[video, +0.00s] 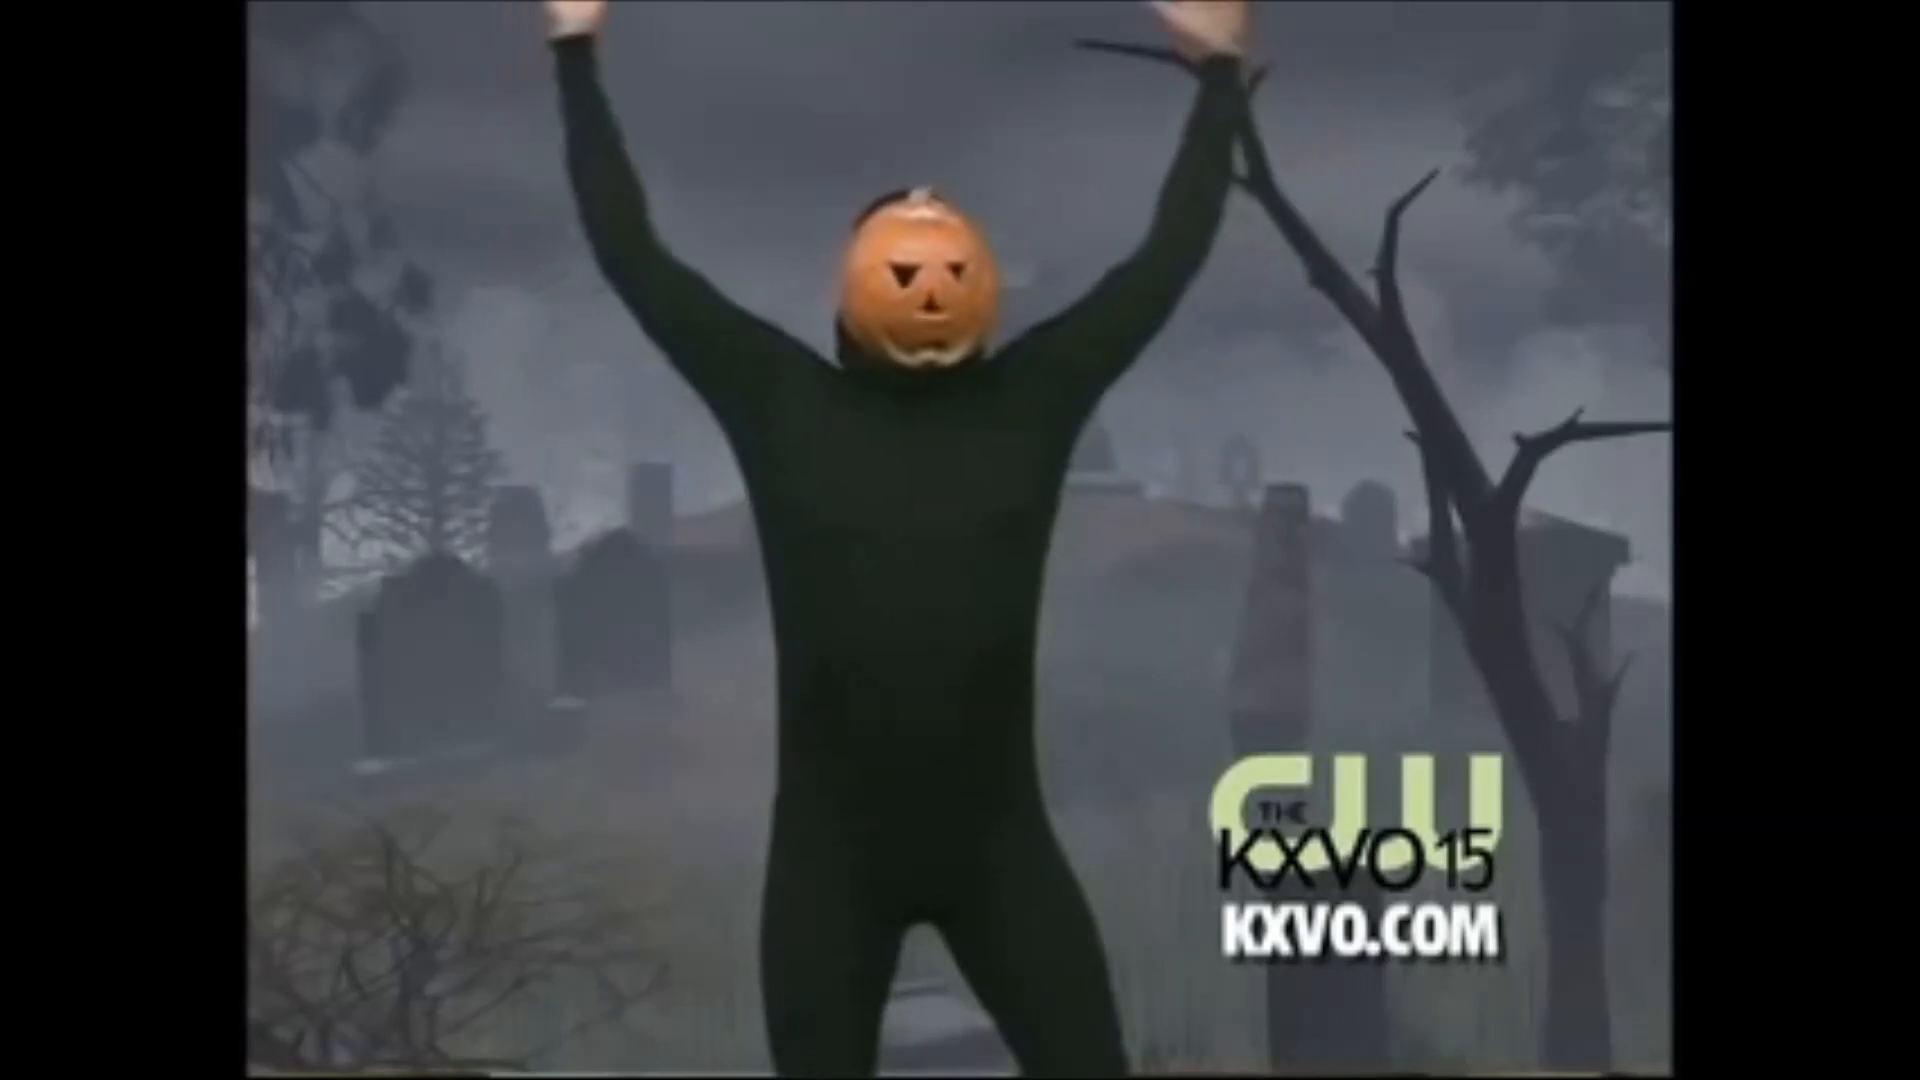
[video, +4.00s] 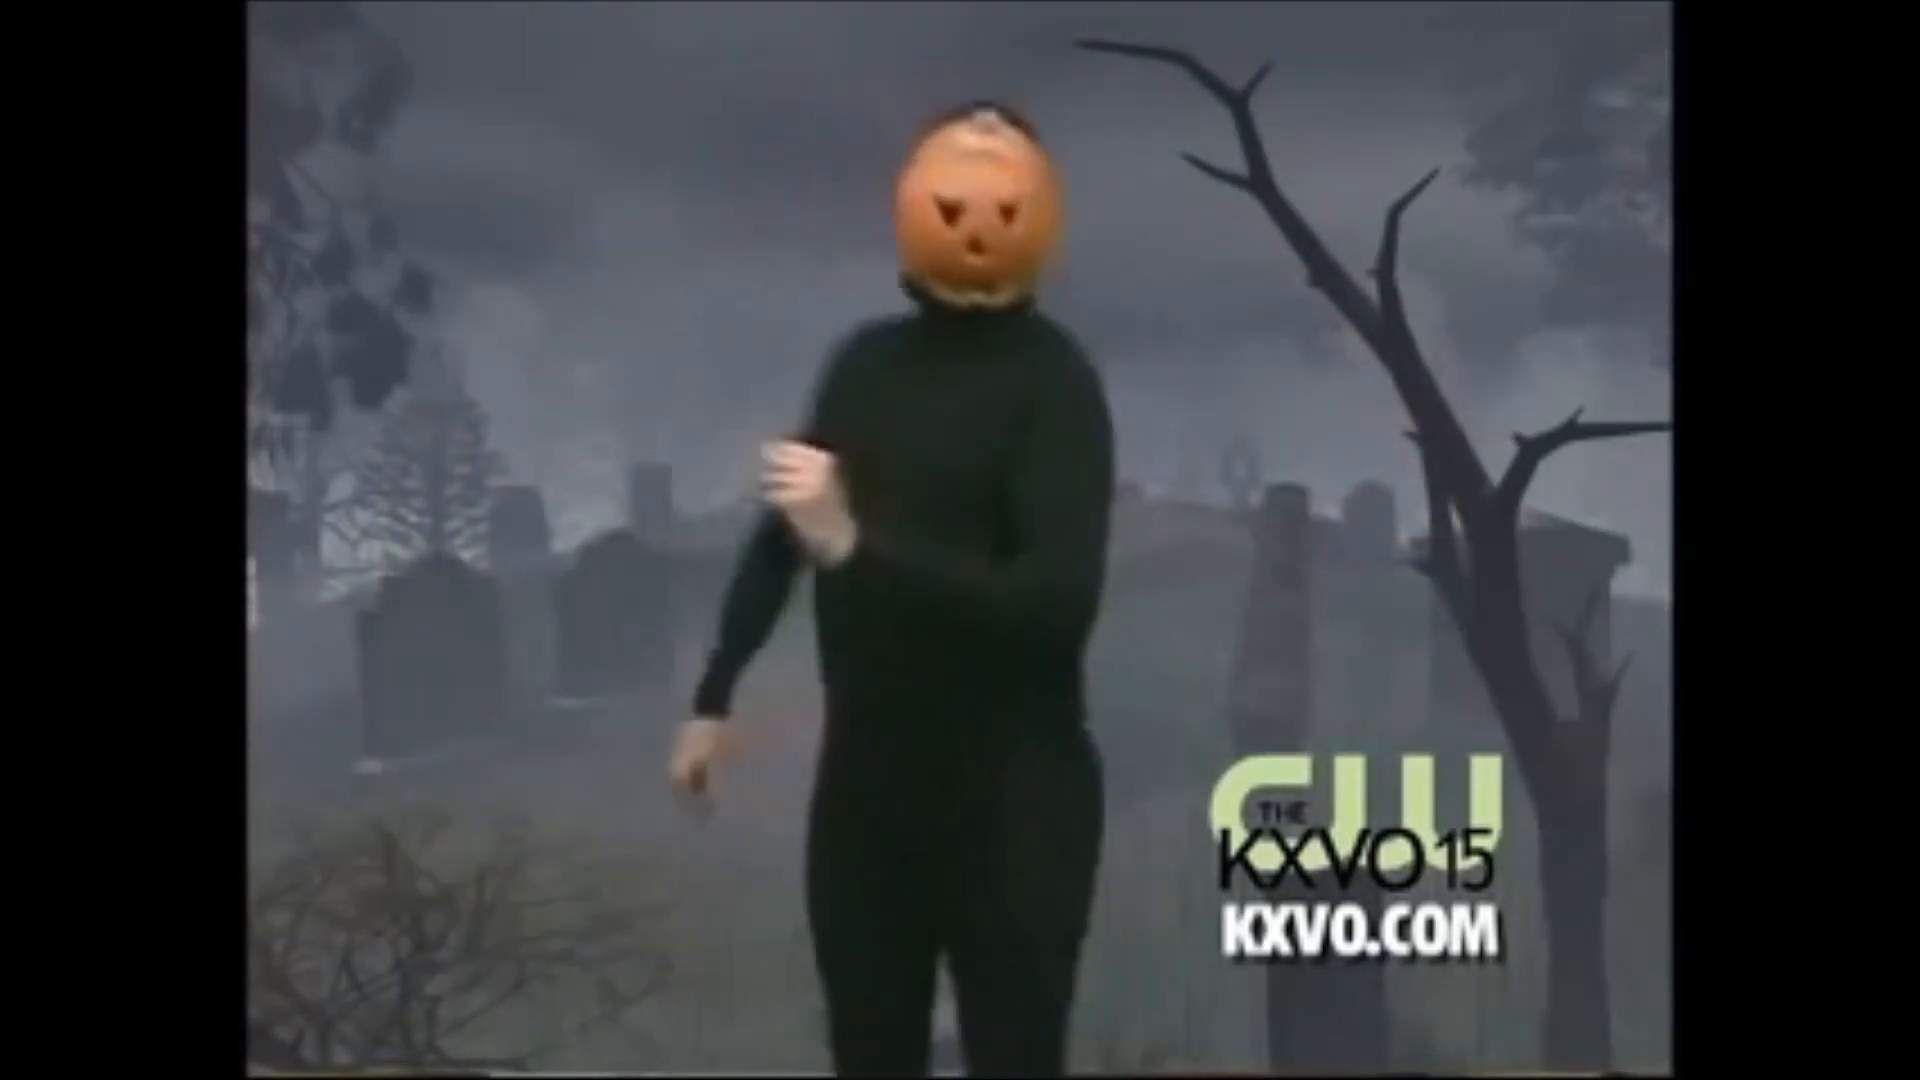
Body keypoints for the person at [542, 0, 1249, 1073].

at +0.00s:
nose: (928, 284)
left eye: (953, 270)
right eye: (897, 267)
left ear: (991, 303)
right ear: (843, 302)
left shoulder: (1035, 399)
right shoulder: (777, 400)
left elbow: (1168, 258)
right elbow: (630, 253)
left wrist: (1223, 70)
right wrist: (574, 50)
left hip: (998, 837)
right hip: (830, 843)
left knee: (1088, 1064)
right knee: (818, 1067)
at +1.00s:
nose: (941, 337)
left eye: (967, 319)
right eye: (908, 318)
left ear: (1005, 355)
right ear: (857, 357)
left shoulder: (1044, 455)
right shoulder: (792, 456)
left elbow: (1189, 329)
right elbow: (657, 336)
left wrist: (1085, 179)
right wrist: (790, 161)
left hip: (997, 853)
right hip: (833, 857)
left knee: (1087, 1065)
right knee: (821, 1067)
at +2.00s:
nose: (937, 352)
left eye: (964, 331)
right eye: (903, 330)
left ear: (998, 364)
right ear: (853, 365)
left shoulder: (1053, 487)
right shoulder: (775, 494)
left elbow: (1239, 493)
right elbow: (580, 530)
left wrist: (1306, 341)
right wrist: (523, 360)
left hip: (992, 866)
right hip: (829, 873)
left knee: (1076, 1066)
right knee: (824, 1070)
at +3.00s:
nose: (889, 333)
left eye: (913, 309)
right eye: (854, 314)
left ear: (946, 328)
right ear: (801, 339)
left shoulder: (978, 474)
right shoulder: (773, 507)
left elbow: (989, 663)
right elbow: (797, 717)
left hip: (975, 827)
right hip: (826, 838)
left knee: (1013, 1050)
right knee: (831, 1050)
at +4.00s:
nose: (976, 232)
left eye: (1006, 212)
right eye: (948, 207)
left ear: (1044, 231)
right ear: (902, 217)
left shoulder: (1056, 384)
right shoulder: (866, 364)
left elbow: (1055, 607)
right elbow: (786, 532)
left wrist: (851, 546)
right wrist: (712, 701)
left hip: (1016, 788)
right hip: (871, 779)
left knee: (1014, 1057)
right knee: (872, 1057)